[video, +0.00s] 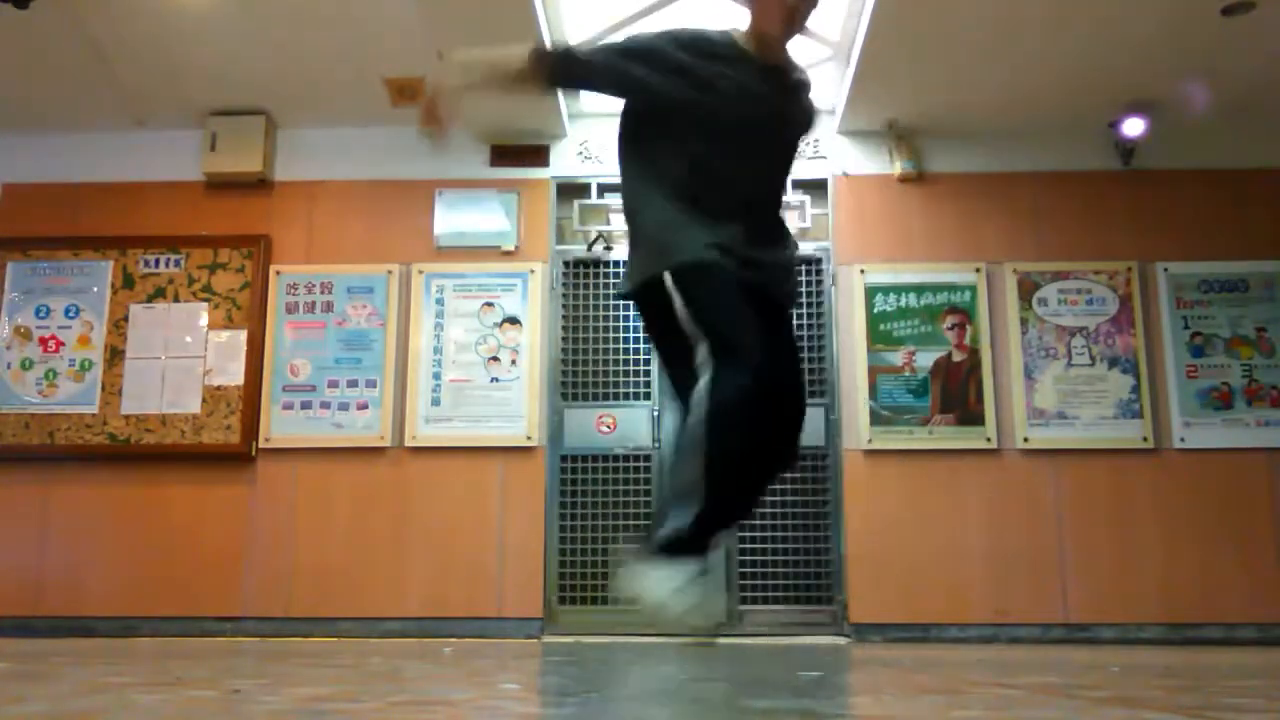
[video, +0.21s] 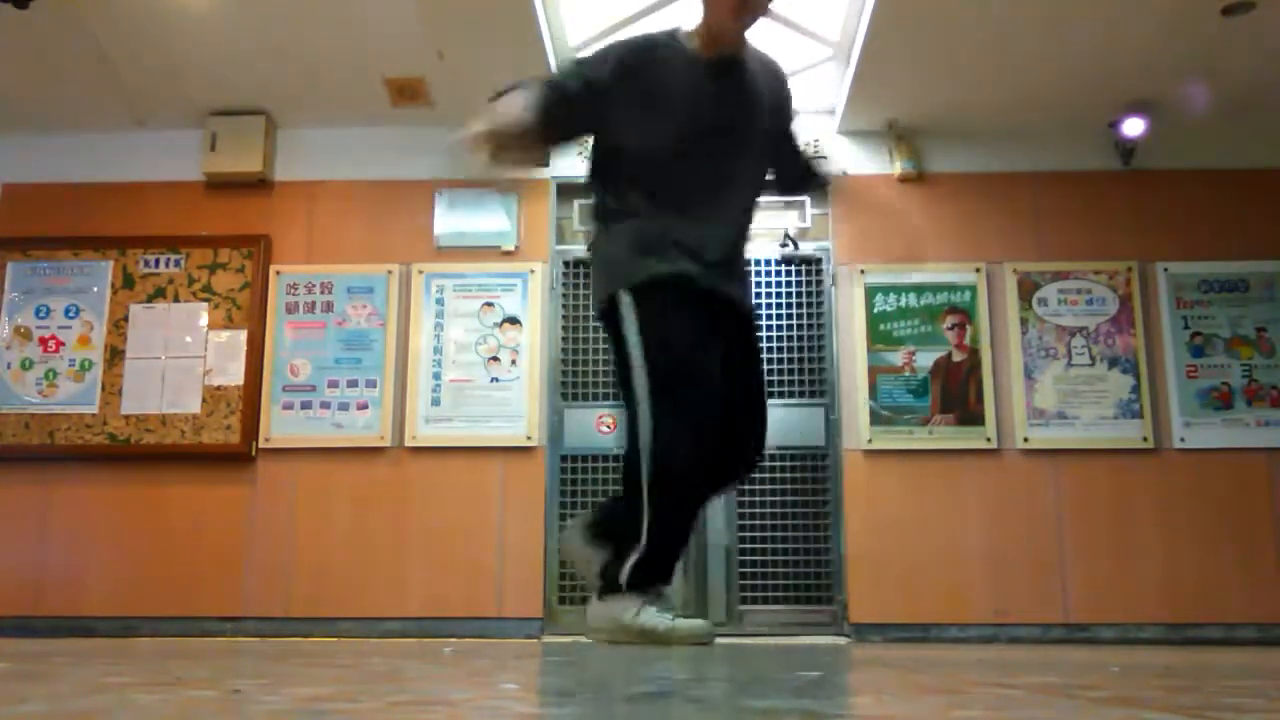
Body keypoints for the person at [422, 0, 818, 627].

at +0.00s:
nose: (797, 15)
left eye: (804, 8)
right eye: (789, 2)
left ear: (804, 18)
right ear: (757, 2)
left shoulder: (792, 96)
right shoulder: (690, 53)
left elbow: (761, 189)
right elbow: (573, 65)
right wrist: (461, 75)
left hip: (754, 265)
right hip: (676, 252)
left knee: (778, 425)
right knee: (731, 383)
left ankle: (677, 555)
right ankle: (668, 561)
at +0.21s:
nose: (749, 15)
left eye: (757, 7)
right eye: (741, 3)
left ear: (760, 12)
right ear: (710, 0)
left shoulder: (764, 82)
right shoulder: (646, 61)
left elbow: (786, 168)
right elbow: (561, 96)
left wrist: (841, 186)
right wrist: (517, 113)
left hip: (717, 275)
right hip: (641, 268)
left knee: (738, 441)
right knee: (674, 428)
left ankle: (599, 536)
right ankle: (629, 595)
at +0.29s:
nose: (736, 7)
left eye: (743, 2)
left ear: (749, 4)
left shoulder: (754, 53)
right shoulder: (646, 21)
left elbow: (812, 109)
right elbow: (645, 66)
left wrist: (887, 120)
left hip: (678, 240)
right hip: (603, 236)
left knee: (740, 370)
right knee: (627, 390)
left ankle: (673, 533)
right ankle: (625, 571)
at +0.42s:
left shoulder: (736, 22)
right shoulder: (684, 18)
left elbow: (811, 58)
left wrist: (893, 88)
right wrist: (886, 83)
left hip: (638, 225)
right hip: (576, 217)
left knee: (699, 370)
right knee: (600, 388)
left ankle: (716, 518)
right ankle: (587, 575)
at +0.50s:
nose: (760, 8)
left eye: (761, 3)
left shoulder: (710, 43)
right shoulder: (671, 18)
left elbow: (771, 100)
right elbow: (745, 96)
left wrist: (764, 81)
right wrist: (776, 84)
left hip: (639, 245)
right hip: (576, 241)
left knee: (699, 396)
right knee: (588, 419)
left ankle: (674, 552)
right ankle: (583, 595)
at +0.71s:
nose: (742, 58)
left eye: (753, 49)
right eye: (741, 40)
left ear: (754, 47)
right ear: (707, 17)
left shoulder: (713, 117)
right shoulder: (616, 57)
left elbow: (680, 214)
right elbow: (497, 57)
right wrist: (365, 56)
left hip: (682, 308)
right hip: (601, 294)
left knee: (747, 447)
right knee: (635, 446)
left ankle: (624, 589)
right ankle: (608, 594)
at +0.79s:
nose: (752, 96)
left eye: (763, 85)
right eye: (754, 79)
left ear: (753, 68)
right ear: (721, 48)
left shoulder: (712, 128)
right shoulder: (627, 66)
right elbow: (512, 43)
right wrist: (403, 6)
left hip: (663, 296)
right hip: (595, 281)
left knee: (765, 435)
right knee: (629, 424)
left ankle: (632, 582)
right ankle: (616, 586)